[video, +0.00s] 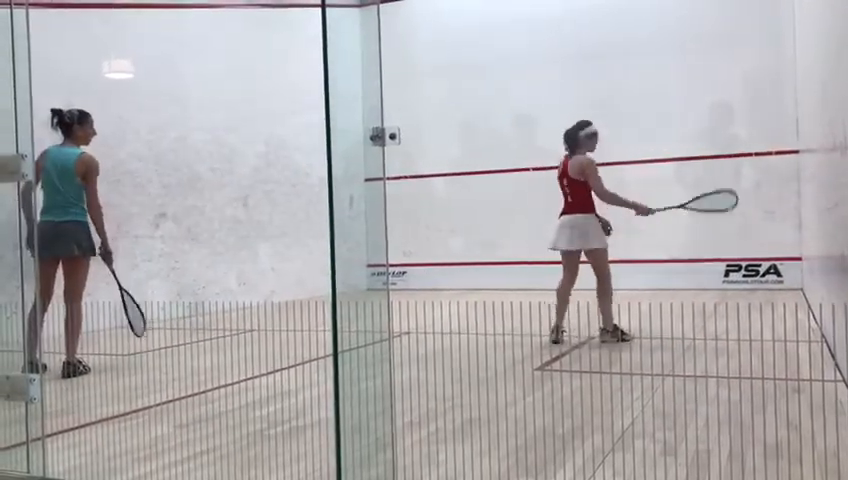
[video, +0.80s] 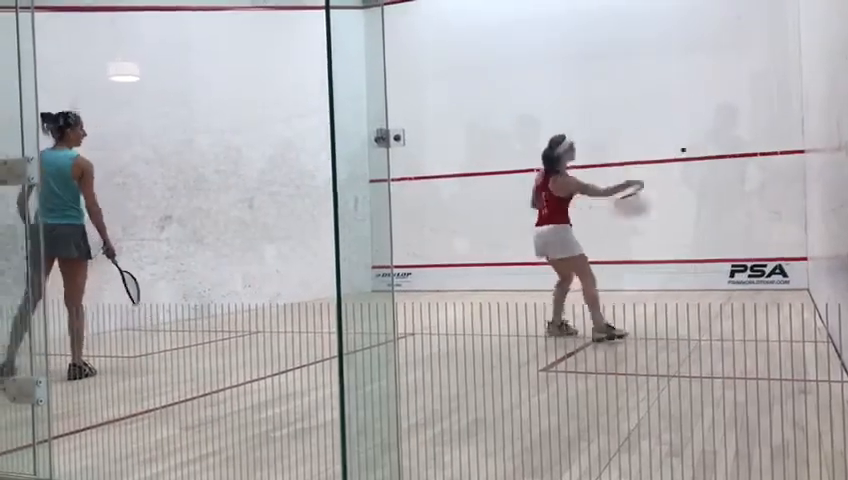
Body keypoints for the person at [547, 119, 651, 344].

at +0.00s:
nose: (596, 141)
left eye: (596, 136)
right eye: (592, 137)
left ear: (575, 141)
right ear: (580, 139)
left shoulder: (564, 164)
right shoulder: (586, 162)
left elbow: (575, 199)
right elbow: (603, 194)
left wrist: (596, 218)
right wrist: (635, 206)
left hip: (566, 222)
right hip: (586, 222)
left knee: (568, 276)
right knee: (603, 275)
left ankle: (557, 327)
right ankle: (608, 327)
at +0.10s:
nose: (601, 141)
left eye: (600, 137)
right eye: (598, 137)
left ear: (580, 141)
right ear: (589, 140)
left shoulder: (572, 165)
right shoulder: (589, 163)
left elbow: (593, 201)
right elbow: (605, 193)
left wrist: (618, 219)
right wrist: (646, 197)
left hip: (573, 224)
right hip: (590, 224)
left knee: (581, 276)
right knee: (608, 276)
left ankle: (560, 322)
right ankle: (609, 326)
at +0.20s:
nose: (603, 139)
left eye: (601, 135)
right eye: (599, 136)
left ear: (585, 143)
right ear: (589, 142)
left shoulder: (578, 167)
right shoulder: (588, 166)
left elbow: (611, 194)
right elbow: (609, 195)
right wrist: (638, 210)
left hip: (577, 225)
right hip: (590, 225)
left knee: (595, 273)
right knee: (612, 274)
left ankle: (566, 311)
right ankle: (611, 326)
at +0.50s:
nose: (595, 140)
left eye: (593, 137)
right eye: (592, 138)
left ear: (580, 144)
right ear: (582, 144)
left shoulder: (589, 162)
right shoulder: (575, 171)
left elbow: (615, 173)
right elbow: (601, 198)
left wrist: (648, 166)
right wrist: (625, 178)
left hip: (582, 226)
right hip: (580, 227)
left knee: (595, 273)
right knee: (605, 275)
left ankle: (565, 311)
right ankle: (612, 328)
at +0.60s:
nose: (590, 143)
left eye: (588, 140)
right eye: (586, 140)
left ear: (575, 148)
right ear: (576, 147)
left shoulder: (582, 165)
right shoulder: (570, 174)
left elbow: (598, 185)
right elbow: (592, 202)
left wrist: (628, 188)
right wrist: (608, 181)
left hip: (575, 228)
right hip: (575, 230)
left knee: (588, 274)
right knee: (602, 274)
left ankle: (562, 316)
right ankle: (612, 327)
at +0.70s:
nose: (582, 150)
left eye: (581, 147)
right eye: (577, 147)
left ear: (565, 156)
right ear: (567, 154)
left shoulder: (560, 179)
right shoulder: (569, 181)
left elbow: (568, 203)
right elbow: (594, 202)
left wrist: (586, 210)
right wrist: (604, 187)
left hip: (558, 233)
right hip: (569, 234)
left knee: (577, 277)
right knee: (595, 278)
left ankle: (557, 320)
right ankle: (611, 327)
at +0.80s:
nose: (573, 151)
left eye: (572, 148)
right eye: (570, 149)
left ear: (552, 156)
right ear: (563, 156)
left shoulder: (541, 178)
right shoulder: (568, 182)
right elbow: (602, 192)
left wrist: (556, 204)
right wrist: (627, 184)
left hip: (542, 233)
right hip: (560, 234)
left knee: (565, 277)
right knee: (588, 278)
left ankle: (556, 322)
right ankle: (600, 326)